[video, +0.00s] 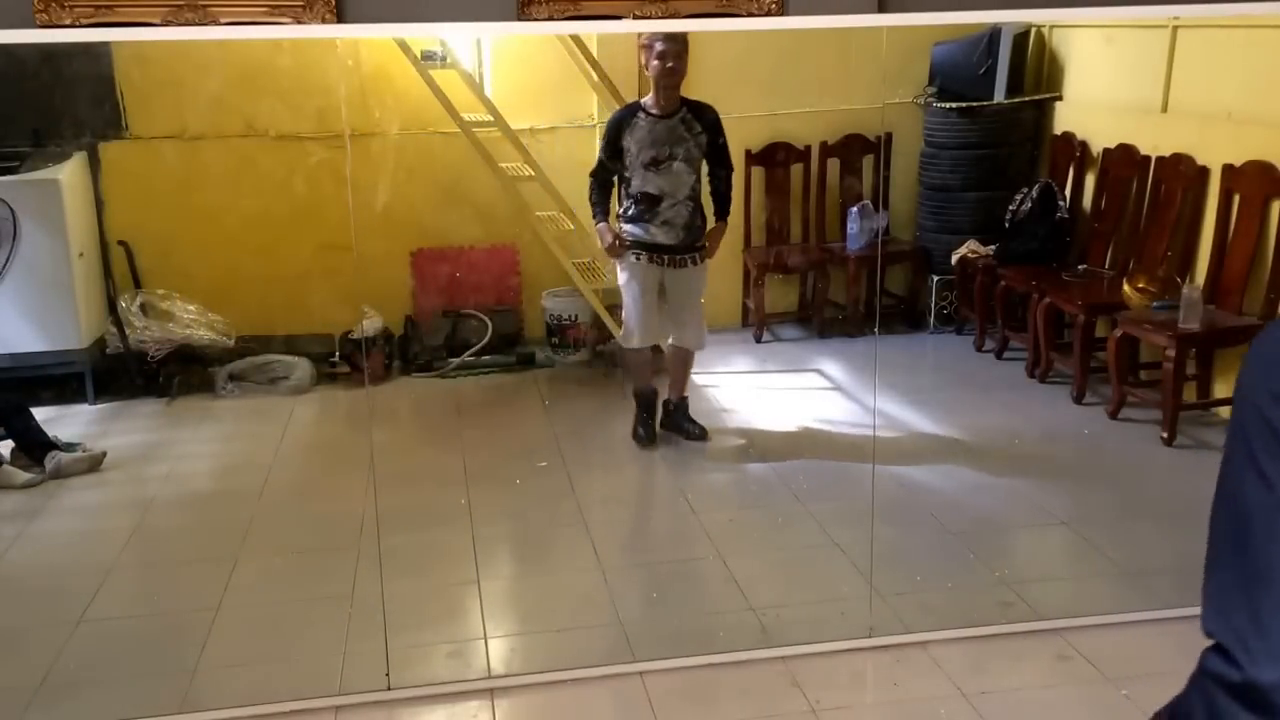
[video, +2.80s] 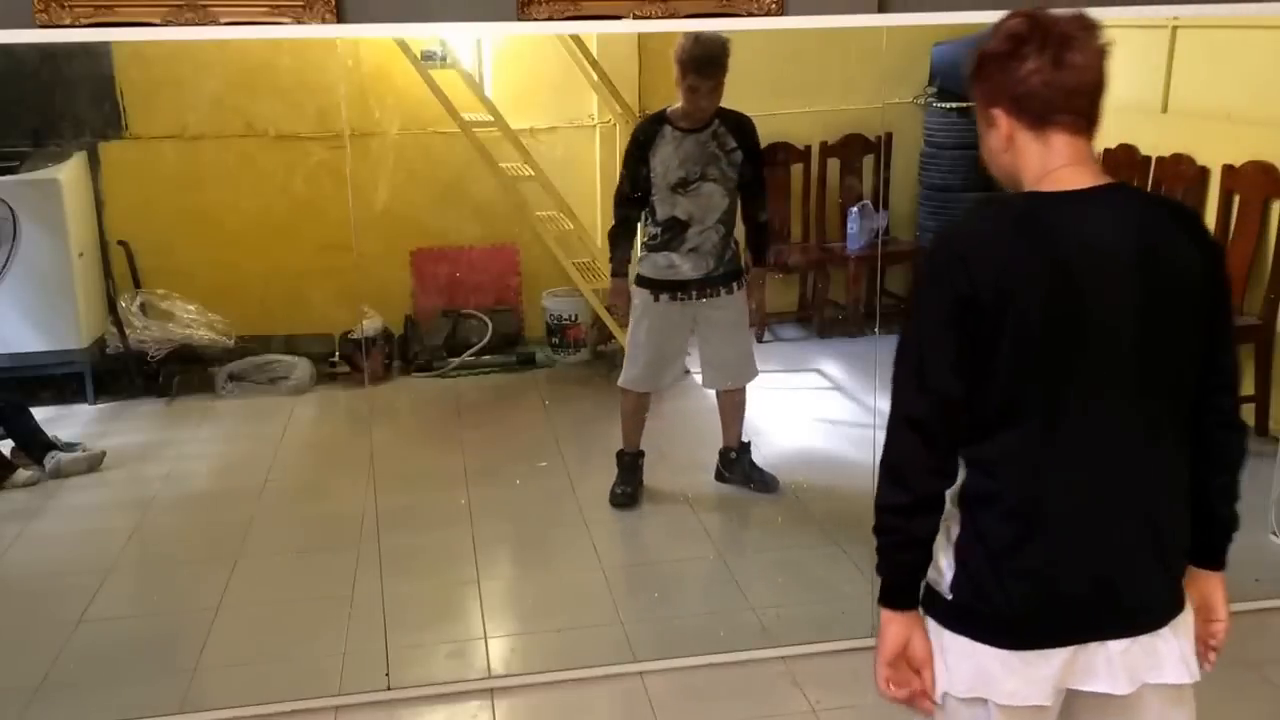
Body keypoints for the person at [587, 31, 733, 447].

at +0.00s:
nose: (670, 64)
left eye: (677, 57)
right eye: (662, 57)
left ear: (687, 63)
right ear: (646, 63)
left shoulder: (704, 118)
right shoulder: (623, 120)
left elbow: (721, 171)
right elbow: (602, 176)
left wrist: (721, 222)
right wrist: (601, 224)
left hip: (688, 247)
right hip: (636, 247)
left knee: (686, 333)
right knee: (638, 335)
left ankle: (676, 408)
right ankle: (644, 406)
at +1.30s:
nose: (698, 72)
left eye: (708, 64)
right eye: (689, 64)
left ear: (720, 68)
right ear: (675, 67)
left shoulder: (739, 121)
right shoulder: (653, 128)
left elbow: (750, 187)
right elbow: (637, 200)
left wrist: (761, 245)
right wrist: (654, 263)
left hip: (733, 271)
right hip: (675, 275)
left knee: (735, 366)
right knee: (665, 369)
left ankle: (732, 451)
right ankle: (663, 447)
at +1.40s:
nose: (715, 73)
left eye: (723, 64)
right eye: (705, 65)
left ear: (733, 67)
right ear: (688, 68)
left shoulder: (743, 121)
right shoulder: (666, 129)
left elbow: (752, 188)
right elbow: (656, 208)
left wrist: (765, 241)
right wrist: (695, 259)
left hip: (742, 269)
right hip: (687, 272)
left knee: (737, 364)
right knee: (676, 366)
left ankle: (731, 451)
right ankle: (660, 446)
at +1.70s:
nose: (756, 75)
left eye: (759, 65)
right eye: (745, 66)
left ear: (762, 67)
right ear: (715, 67)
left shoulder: (722, 125)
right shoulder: (712, 130)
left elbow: (735, 201)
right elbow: (726, 208)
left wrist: (762, 233)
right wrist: (765, 248)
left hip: (732, 267)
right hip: (727, 270)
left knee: (735, 363)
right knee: (740, 366)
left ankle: (732, 453)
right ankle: (664, 435)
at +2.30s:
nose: (768, 79)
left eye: (775, 70)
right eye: (759, 68)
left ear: (781, 73)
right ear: (735, 66)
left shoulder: (763, 129)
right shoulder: (709, 123)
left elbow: (761, 203)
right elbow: (699, 204)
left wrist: (764, 256)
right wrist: (727, 268)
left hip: (743, 270)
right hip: (704, 270)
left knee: (735, 363)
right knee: (686, 364)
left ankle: (731, 456)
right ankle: (635, 446)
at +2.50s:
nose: (755, 83)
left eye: (763, 75)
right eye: (746, 74)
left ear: (773, 76)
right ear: (726, 70)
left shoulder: (771, 131)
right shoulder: (692, 123)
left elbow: (777, 197)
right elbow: (667, 196)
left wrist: (775, 251)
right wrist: (670, 272)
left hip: (740, 280)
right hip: (683, 277)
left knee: (736, 369)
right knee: (650, 372)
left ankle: (732, 457)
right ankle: (638, 462)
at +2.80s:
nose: (701, 99)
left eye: (710, 89)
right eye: (692, 89)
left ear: (724, 81)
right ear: (677, 79)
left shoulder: (739, 130)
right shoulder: (649, 132)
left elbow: (755, 205)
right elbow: (626, 204)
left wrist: (758, 273)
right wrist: (617, 273)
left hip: (723, 280)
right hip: (658, 282)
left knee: (733, 371)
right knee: (638, 378)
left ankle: (732, 458)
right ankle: (628, 465)